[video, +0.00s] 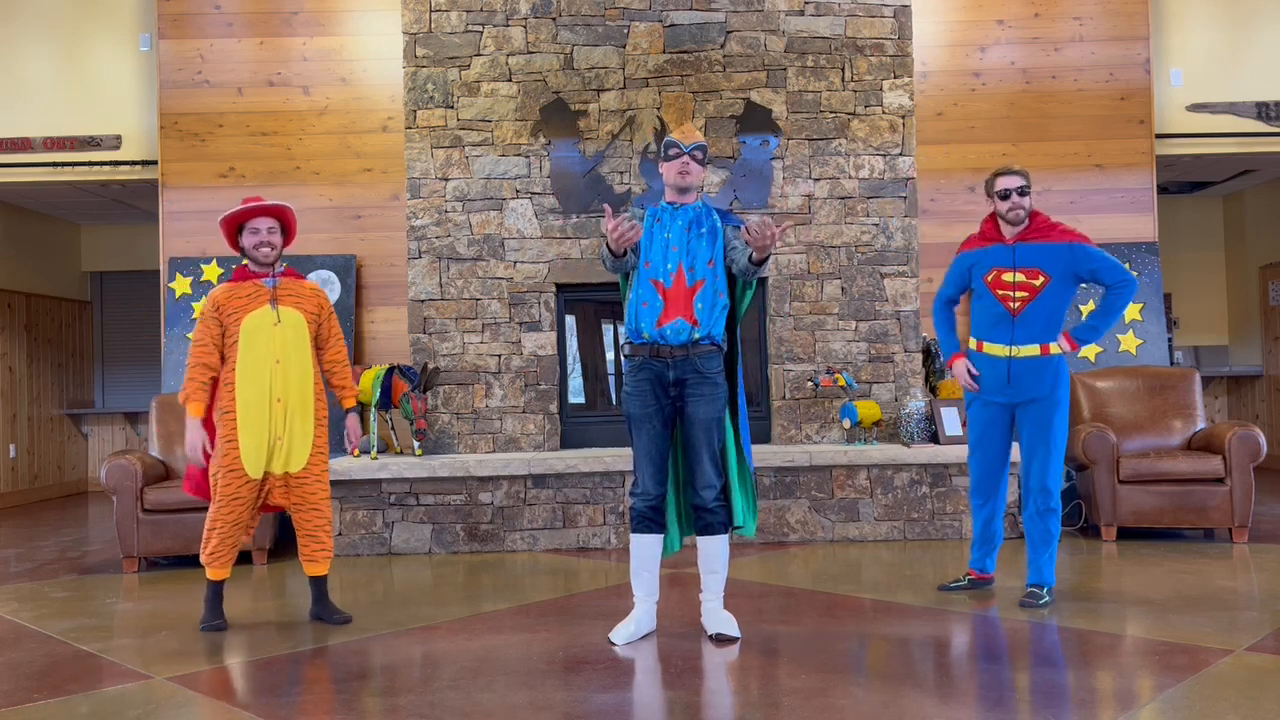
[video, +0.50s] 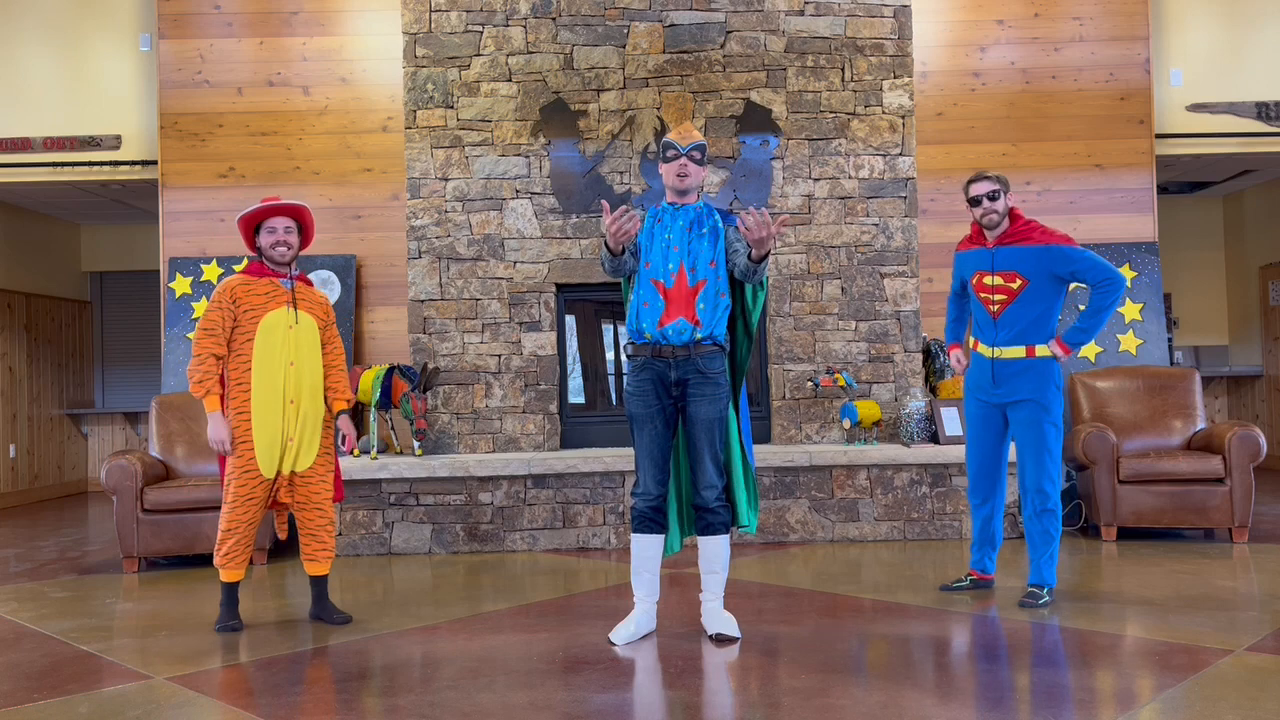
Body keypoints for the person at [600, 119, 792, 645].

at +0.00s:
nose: (685, 162)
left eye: (695, 156)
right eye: (675, 154)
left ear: (706, 169)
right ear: (659, 165)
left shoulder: (722, 221)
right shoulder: (639, 217)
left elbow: (743, 266)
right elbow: (620, 262)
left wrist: (760, 252)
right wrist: (616, 247)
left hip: (703, 363)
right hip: (644, 364)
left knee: (707, 484)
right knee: (648, 485)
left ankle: (713, 607)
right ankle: (644, 609)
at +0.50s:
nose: (683, 163)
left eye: (694, 156)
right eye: (673, 156)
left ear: (707, 168)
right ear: (658, 165)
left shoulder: (724, 220)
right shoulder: (639, 218)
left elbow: (744, 272)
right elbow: (621, 269)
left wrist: (759, 252)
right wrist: (616, 247)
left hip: (705, 364)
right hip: (646, 365)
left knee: (709, 484)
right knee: (649, 486)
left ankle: (714, 607)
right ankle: (645, 608)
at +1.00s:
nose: (681, 164)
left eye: (692, 157)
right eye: (671, 157)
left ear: (706, 168)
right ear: (657, 166)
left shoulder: (723, 220)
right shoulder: (640, 220)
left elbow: (745, 271)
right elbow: (619, 271)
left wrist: (758, 250)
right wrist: (613, 249)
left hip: (705, 365)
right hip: (647, 366)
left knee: (709, 485)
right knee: (650, 487)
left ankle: (713, 608)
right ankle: (644, 609)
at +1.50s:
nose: (673, 162)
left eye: (684, 155)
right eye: (663, 156)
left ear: (701, 167)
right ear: (651, 168)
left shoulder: (722, 221)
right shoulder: (635, 220)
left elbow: (744, 285)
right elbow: (608, 292)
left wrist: (759, 259)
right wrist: (608, 269)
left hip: (704, 365)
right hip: (646, 366)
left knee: (710, 485)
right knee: (650, 487)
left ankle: (714, 607)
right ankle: (644, 608)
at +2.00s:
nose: (656, 167)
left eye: (668, 156)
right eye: (649, 161)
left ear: (692, 164)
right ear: (644, 172)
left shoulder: (724, 222)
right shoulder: (631, 224)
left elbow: (747, 294)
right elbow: (608, 304)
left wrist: (775, 283)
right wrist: (595, 280)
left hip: (703, 365)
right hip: (643, 366)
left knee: (709, 485)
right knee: (648, 487)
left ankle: (713, 608)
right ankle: (644, 609)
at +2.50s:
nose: (667, 170)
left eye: (676, 159)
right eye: (656, 163)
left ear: (693, 164)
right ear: (645, 171)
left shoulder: (724, 223)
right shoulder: (632, 224)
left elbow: (748, 297)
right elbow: (606, 299)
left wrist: (777, 288)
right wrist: (582, 288)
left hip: (703, 365)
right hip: (644, 366)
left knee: (709, 486)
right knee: (648, 489)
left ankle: (714, 608)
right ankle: (644, 610)